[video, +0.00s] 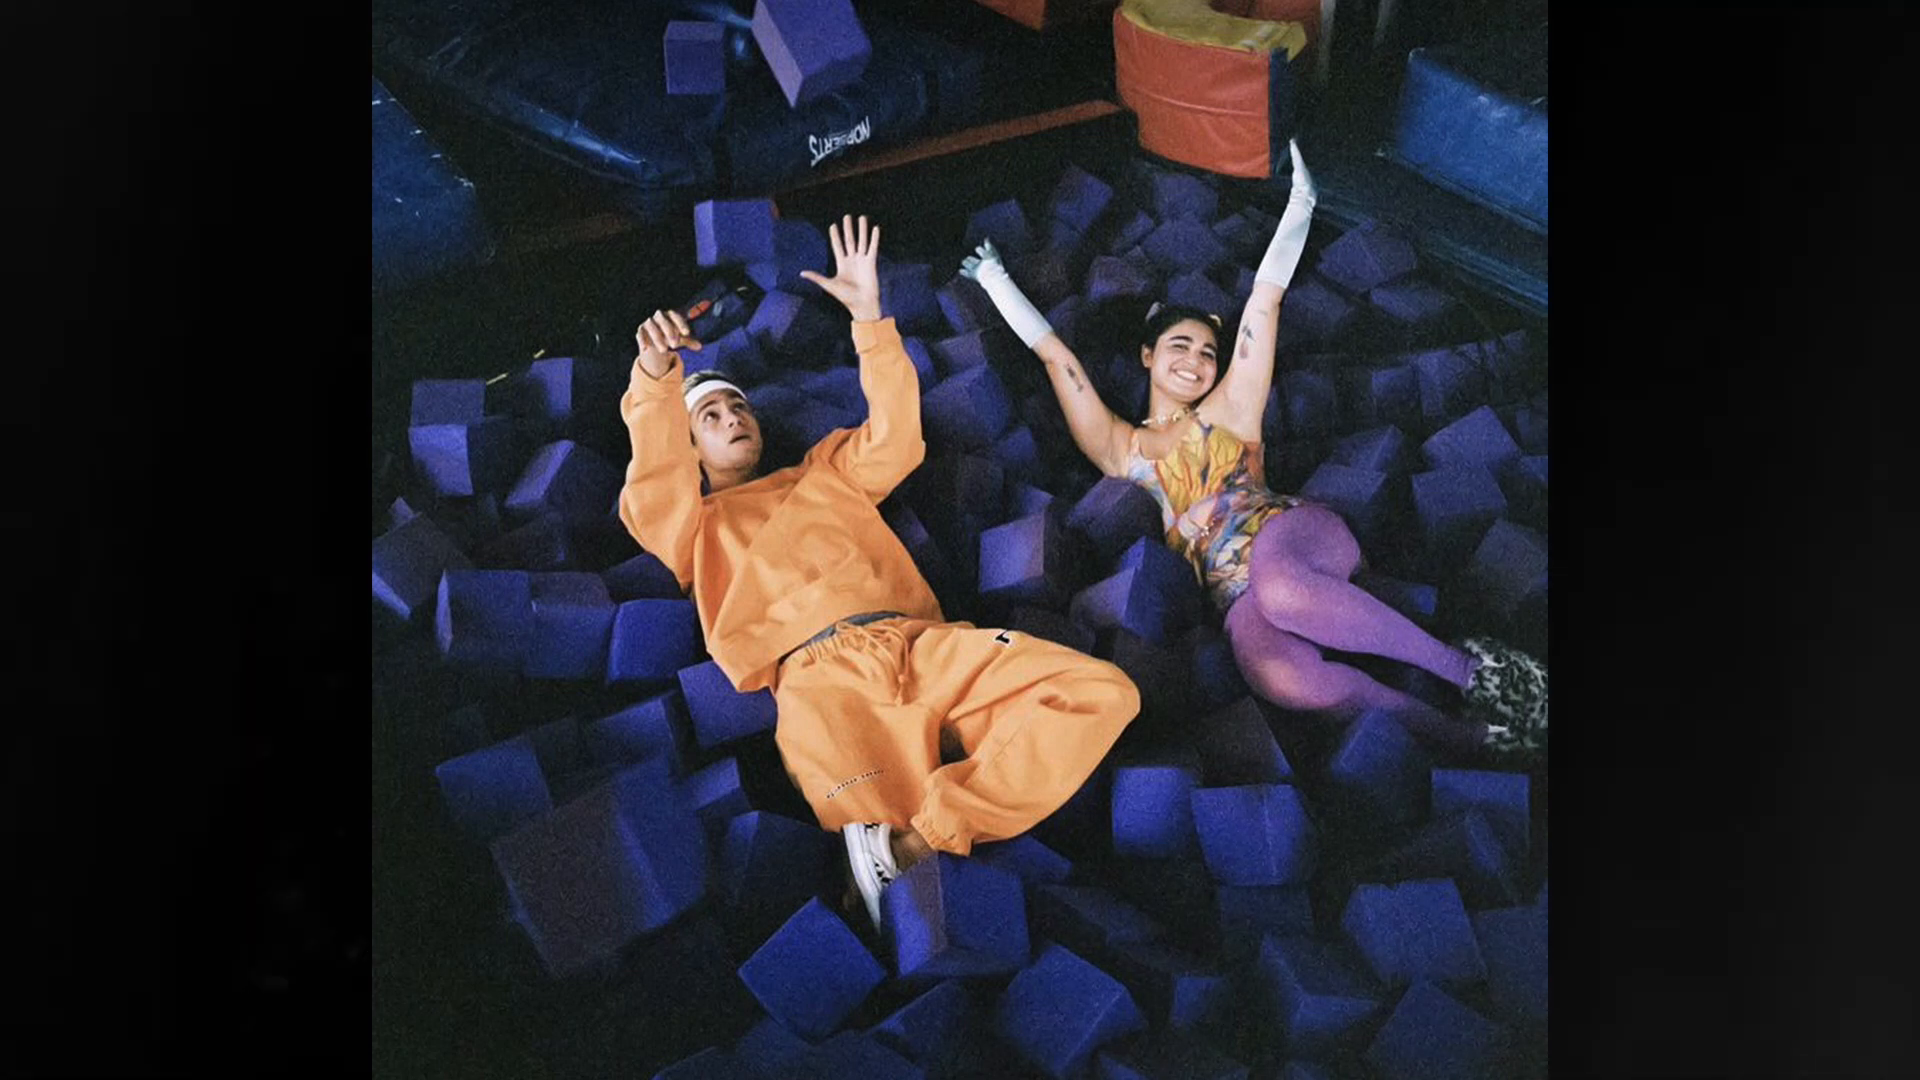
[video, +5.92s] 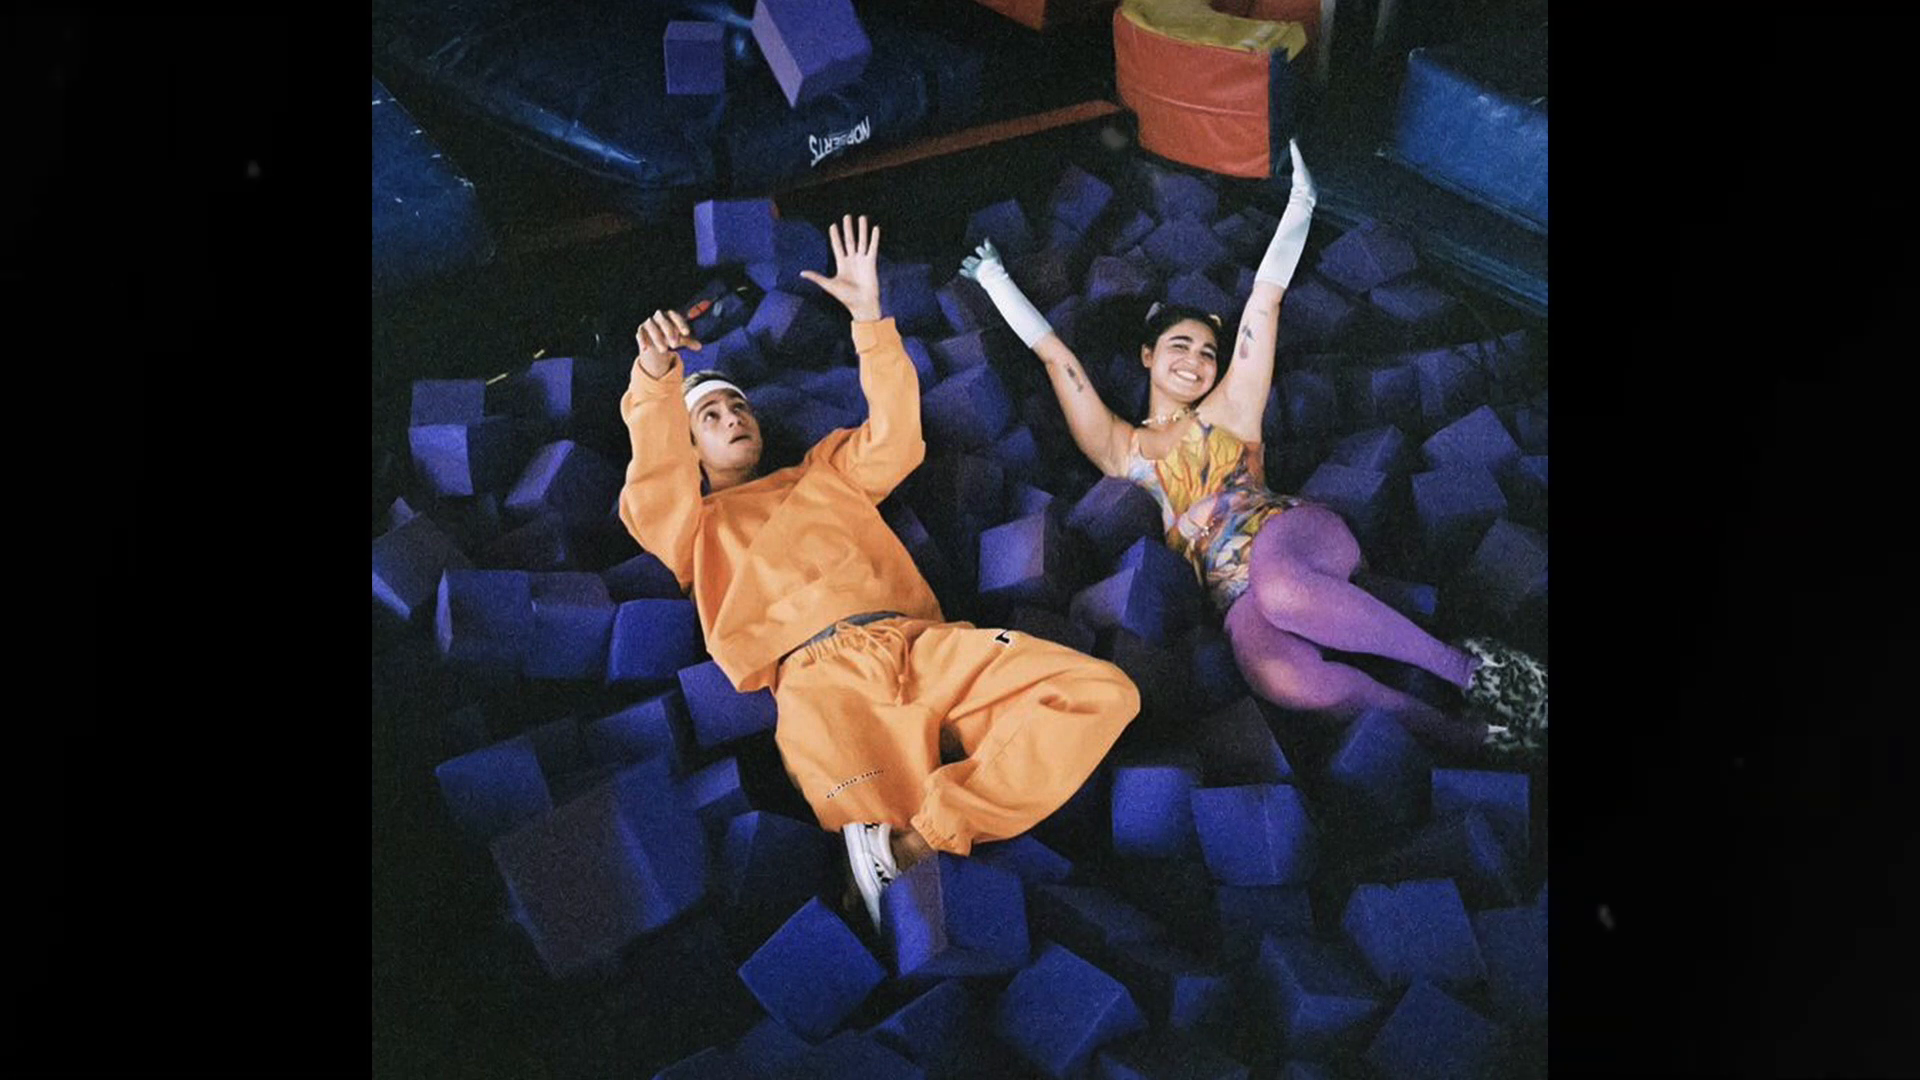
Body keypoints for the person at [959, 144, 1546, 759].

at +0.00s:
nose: (1190, 359)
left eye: (1204, 353)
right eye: (1176, 347)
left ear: (1216, 370)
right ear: (1145, 358)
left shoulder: (1230, 410)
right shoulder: (1123, 449)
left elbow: (1264, 304)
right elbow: (1058, 359)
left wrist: (1299, 208)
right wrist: (992, 277)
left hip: (1289, 532)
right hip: (1239, 597)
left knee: (1278, 592)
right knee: (1286, 680)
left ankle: (1472, 671)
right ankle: (1465, 734)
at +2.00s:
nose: (1190, 359)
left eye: (1204, 353)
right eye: (1176, 347)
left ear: (1216, 370)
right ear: (1145, 358)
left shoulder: (1230, 410)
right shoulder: (1123, 449)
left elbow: (1264, 304)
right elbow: (1057, 359)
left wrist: (1298, 209)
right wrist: (992, 277)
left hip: (1289, 531)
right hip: (1239, 597)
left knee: (1278, 592)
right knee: (1287, 680)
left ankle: (1472, 671)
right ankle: (1463, 733)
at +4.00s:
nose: (1191, 360)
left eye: (1205, 354)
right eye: (1177, 346)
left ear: (1217, 370)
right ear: (1145, 357)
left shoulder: (1230, 411)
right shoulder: (1122, 448)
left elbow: (1264, 305)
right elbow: (1058, 359)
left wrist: (1298, 209)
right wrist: (992, 278)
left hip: (1287, 530)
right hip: (1237, 596)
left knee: (1280, 594)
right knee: (1286, 680)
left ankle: (1471, 671)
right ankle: (1466, 736)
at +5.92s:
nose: (1191, 360)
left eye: (1205, 353)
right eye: (1177, 346)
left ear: (1217, 370)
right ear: (1145, 358)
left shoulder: (1230, 411)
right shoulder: (1123, 448)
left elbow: (1265, 304)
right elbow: (1057, 358)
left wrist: (1298, 209)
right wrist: (992, 277)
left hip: (1289, 532)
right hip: (1239, 597)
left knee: (1278, 592)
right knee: (1285, 679)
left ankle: (1471, 670)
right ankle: (1459, 731)